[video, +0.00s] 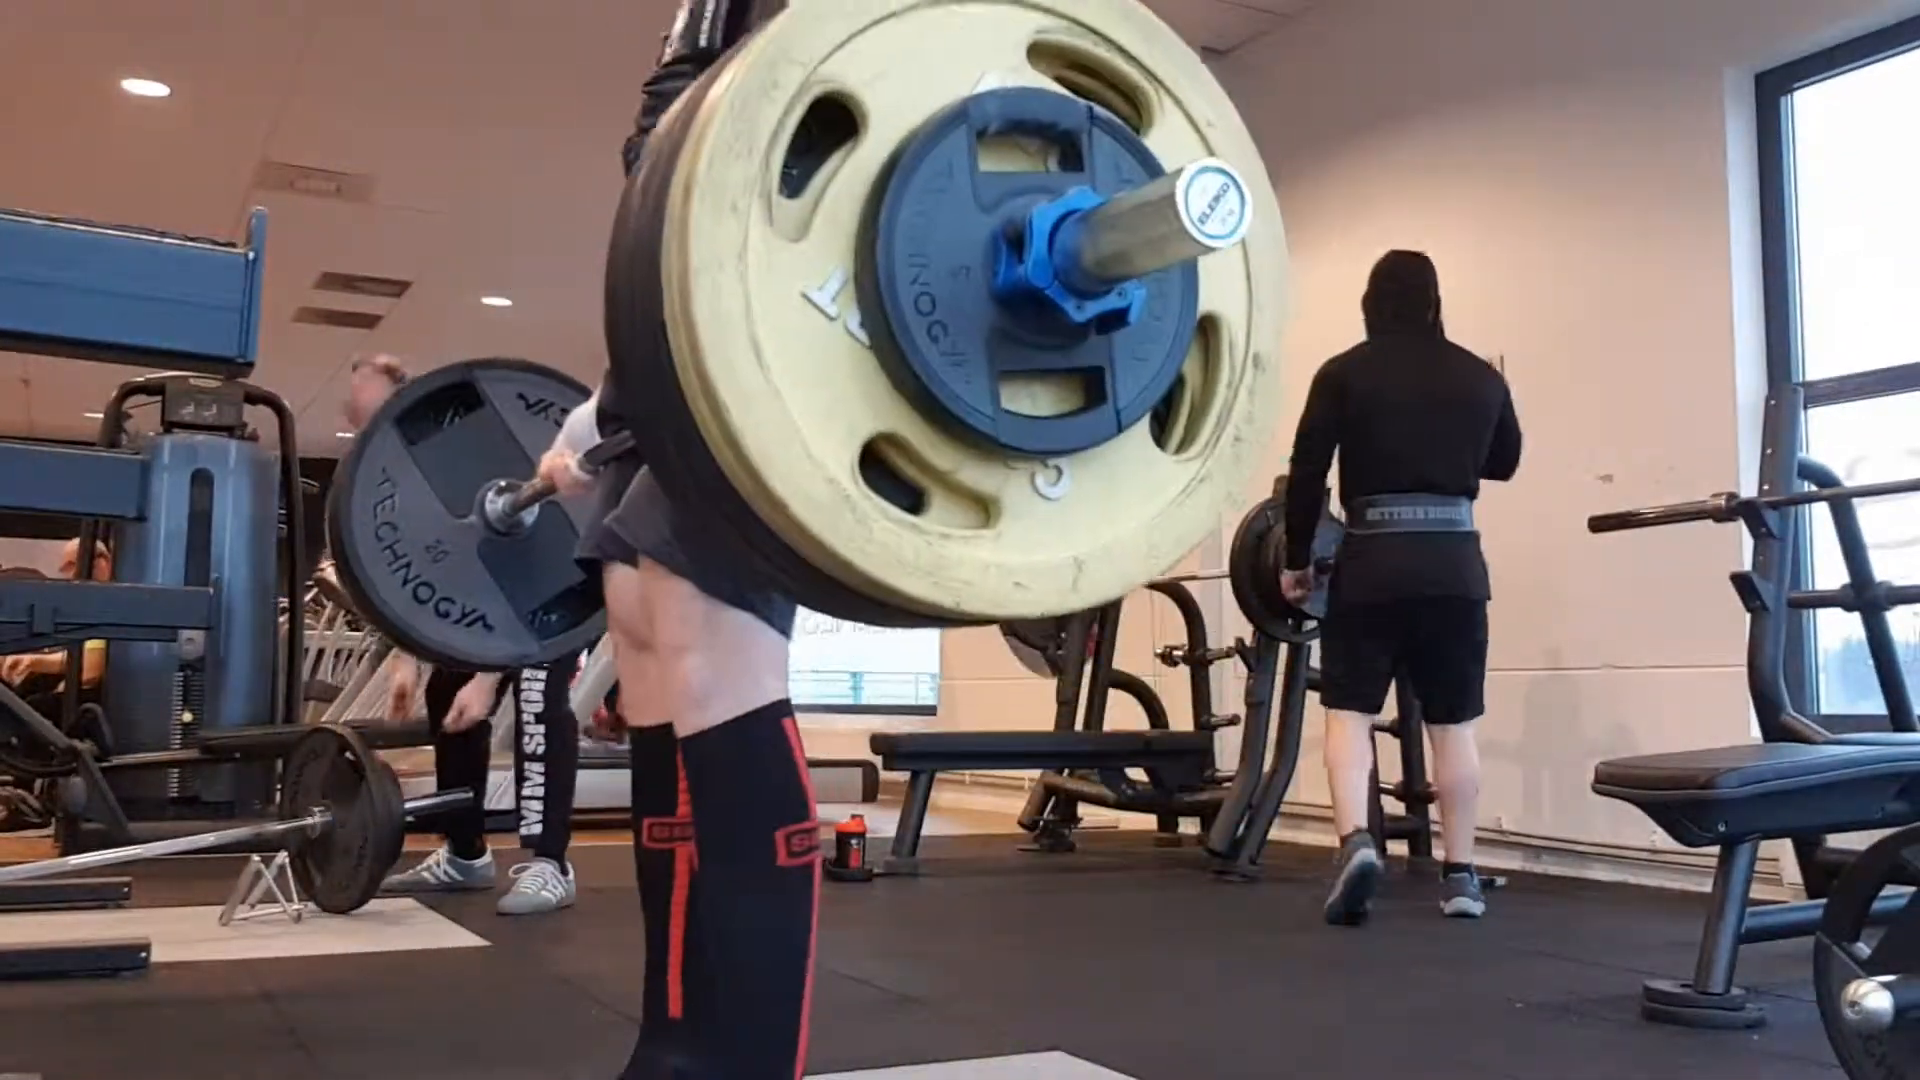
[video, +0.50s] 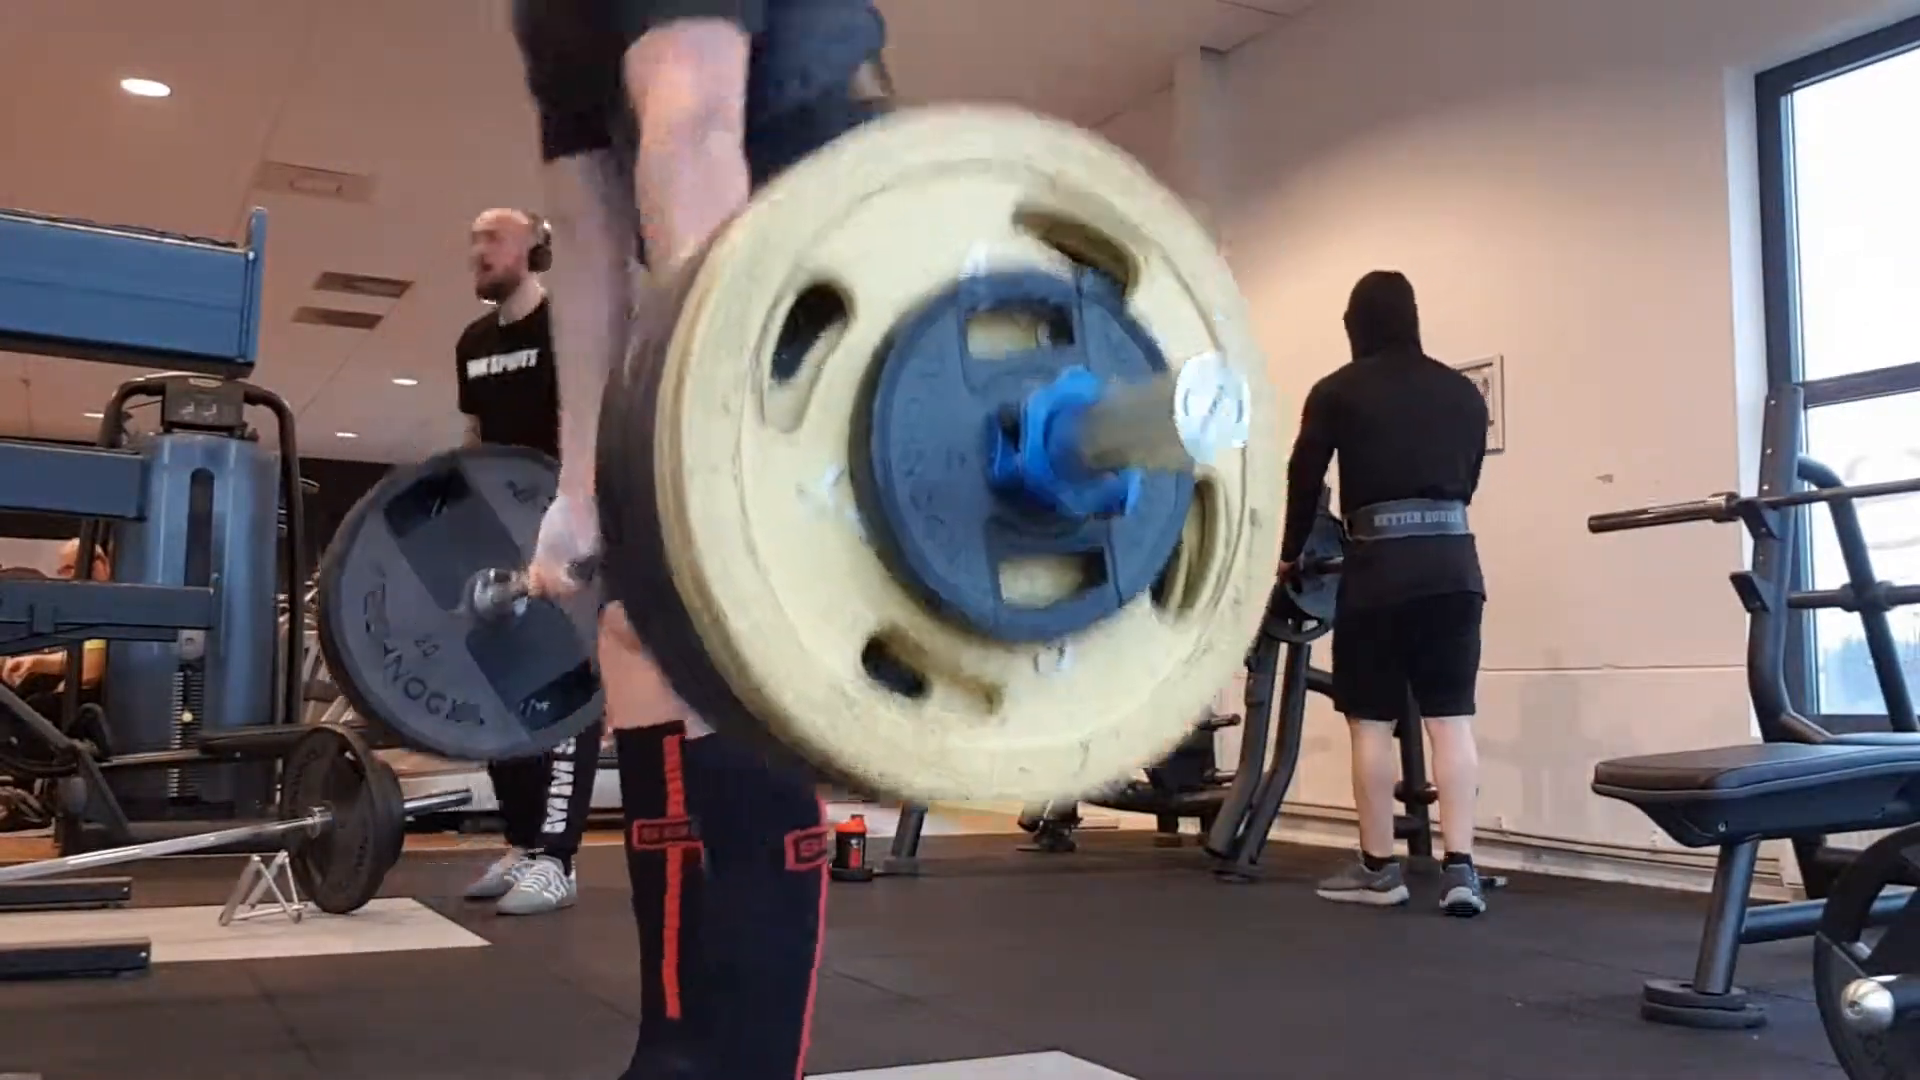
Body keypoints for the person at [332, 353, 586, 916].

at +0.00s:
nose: (356, 424)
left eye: (363, 410)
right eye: (354, 413)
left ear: (398, 395)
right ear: (365, 410)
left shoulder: (460, 444)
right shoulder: (392, 461)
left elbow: (515, 564)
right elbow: (419, 562)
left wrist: (490, 674)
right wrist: (406, 651)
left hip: (538, 589)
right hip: (471, 595)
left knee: (540, 701)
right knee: (450, 696)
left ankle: (549, 862)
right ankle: (465, 853)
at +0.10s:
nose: (388, 393)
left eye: (392, 377)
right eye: (380, 381)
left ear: (423, 361)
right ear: (380, 376)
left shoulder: (488, 416)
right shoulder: (407, 432)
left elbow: (530, 531)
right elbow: (408, 543)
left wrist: (506, 645)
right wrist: (420, 629)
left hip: (553, 584)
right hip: (479, 594)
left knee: (545, 703)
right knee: (465, 694)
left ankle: (549, 862)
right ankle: (467, 855)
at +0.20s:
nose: (400, 343)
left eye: (408, 328)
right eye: (394, 330)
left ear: (448, 320)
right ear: (410, 326)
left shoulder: (531, 378)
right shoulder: (423, 401)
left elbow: (579, 468)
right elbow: (405, 513)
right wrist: (417, 607)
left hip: (554, 577)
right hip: (473, 585)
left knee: (550, 711)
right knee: (473, 706)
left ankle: (551, 863)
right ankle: (466, 856)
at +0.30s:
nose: (423, 299)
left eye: (435, 286)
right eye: (420, 287)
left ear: (480, 290)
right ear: (433, 296)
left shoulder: (553, 358)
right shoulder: (454, 362)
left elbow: (585, 463)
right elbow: (447, 470)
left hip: (553, 556)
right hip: (478, 560)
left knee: (556, 700)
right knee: (475, 691)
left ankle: (552, 861)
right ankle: (483, 849)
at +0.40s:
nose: (453, 269)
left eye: (466, 256)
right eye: (451, 257)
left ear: (508, 265)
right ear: (465, 270)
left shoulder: (560, 335)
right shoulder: (466, 349)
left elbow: (585, 438)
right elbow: (474, 448)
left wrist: (556, 518)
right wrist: (458, 534)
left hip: (557, 543)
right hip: (490, 545)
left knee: (556, 693)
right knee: (488, 690)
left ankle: (553, 858)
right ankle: (513, 841)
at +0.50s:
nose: (478, 252)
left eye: (492, 239)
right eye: (474, 241)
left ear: (532, 249)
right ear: (474, 254)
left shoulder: (568, 327)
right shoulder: (472, 342)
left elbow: (587, 437)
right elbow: (478, 437)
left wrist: (567, 537)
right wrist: (460, 526)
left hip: (565, 533)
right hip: (498, 539)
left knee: (566, 687)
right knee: (506, 687)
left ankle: (555, 857)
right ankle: (525, 846)